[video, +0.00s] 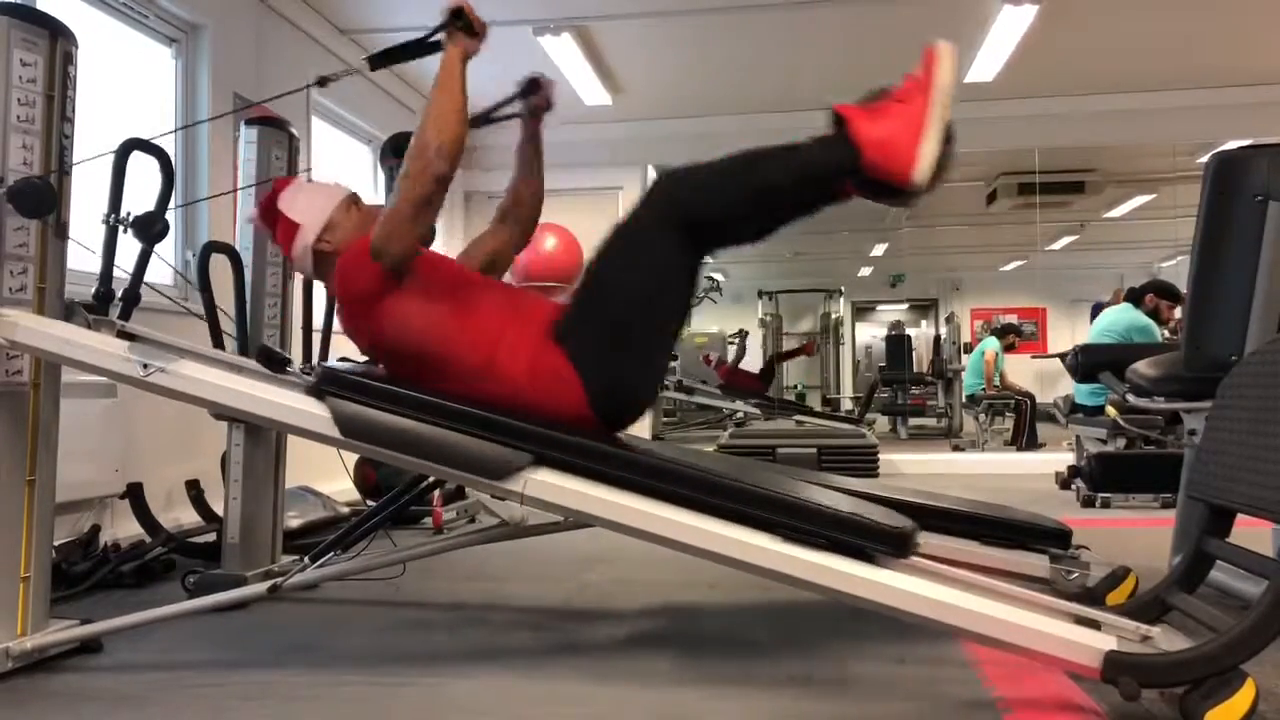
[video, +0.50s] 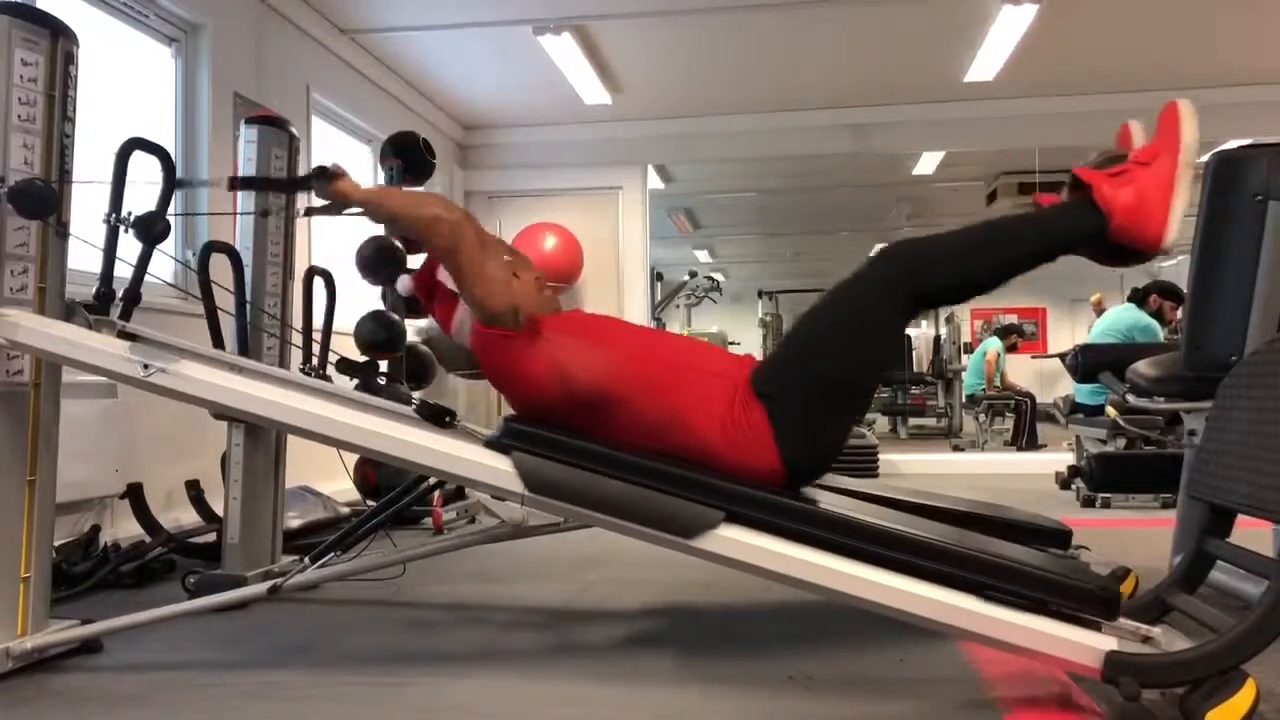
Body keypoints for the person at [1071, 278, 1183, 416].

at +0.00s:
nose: (1172, 316)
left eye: (1174, 309)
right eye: (1170, 308)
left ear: (1149, 300)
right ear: (1150, 300)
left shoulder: (1111, 311)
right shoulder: (1144, 325)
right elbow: (1159, 370)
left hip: (1082, 396)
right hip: (1102, 400)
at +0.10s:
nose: (1173, 316)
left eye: (1175, 309)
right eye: (1170, 308)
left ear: (1150, 299)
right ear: (1151, 300)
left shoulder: (1112, 311)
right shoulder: (1145, 325)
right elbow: (1161, 369)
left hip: (1083, 396)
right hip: (1102, 401)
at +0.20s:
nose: (1173, 317)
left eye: (1175, 310)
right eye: (1171, 308)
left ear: (1151, 300)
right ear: (1152, 300)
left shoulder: (1113, 311)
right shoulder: (1146, 324)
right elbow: (1161, 370)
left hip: (1082, 396)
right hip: (1102, 400)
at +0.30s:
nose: (1174, 318)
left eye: (1176, 311)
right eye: (1172, 309)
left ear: (1152, 301)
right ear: (1153, 301)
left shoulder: (1114, 312)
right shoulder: (1147, 325)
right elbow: (1160, 371)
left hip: (1082, 397)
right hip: (1103, 401)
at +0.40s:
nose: (1174, 317)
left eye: (1176, 310)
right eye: (1173, 309)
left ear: (1153, 301)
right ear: (1154, 301)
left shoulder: (1115, 312)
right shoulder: (1147, 325)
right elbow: (1160, 371)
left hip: (1082, 397)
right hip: (1103, 401)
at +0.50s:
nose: (1175, 318)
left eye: (1177, 311)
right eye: (1173, 309)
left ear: (1153, 301)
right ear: (1154, 301)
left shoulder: (1116, 312)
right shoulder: (1147, 325)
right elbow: (1159, 371)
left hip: (1083, 397)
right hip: (1104, 401)